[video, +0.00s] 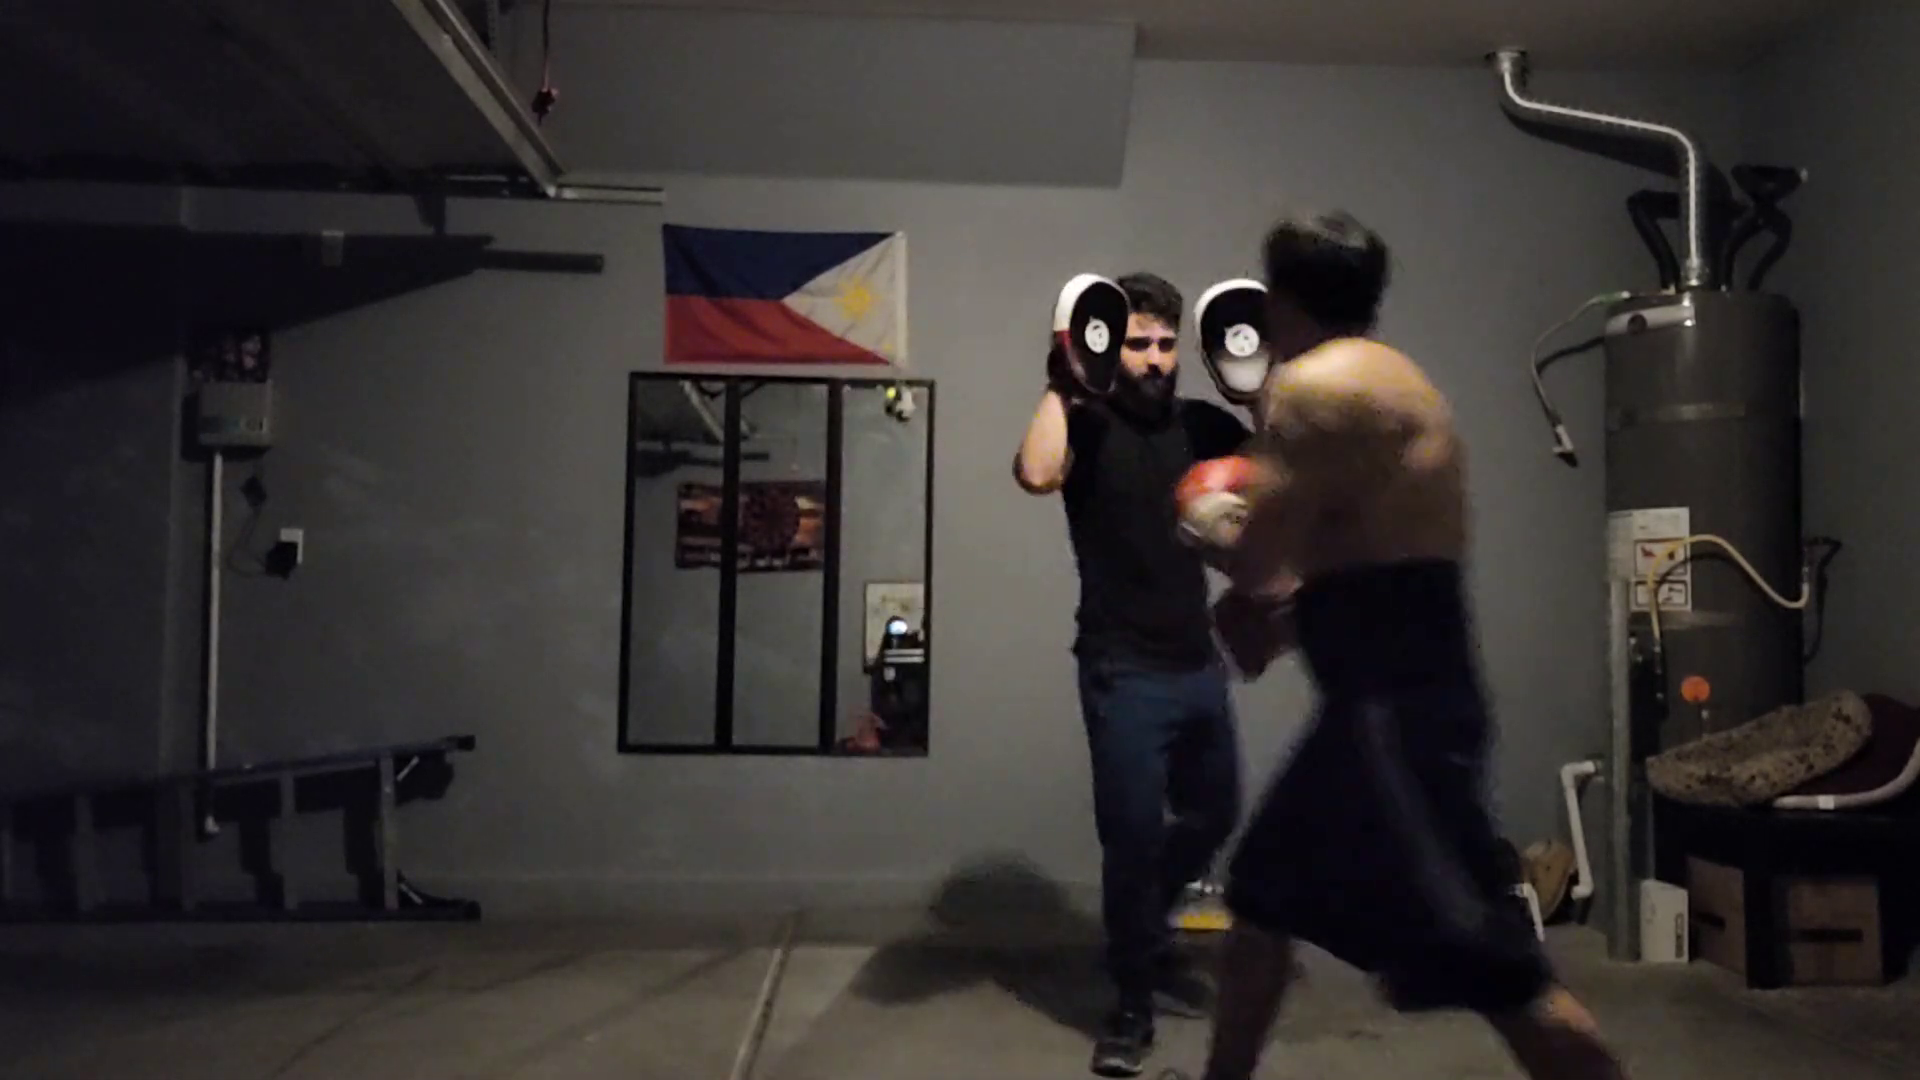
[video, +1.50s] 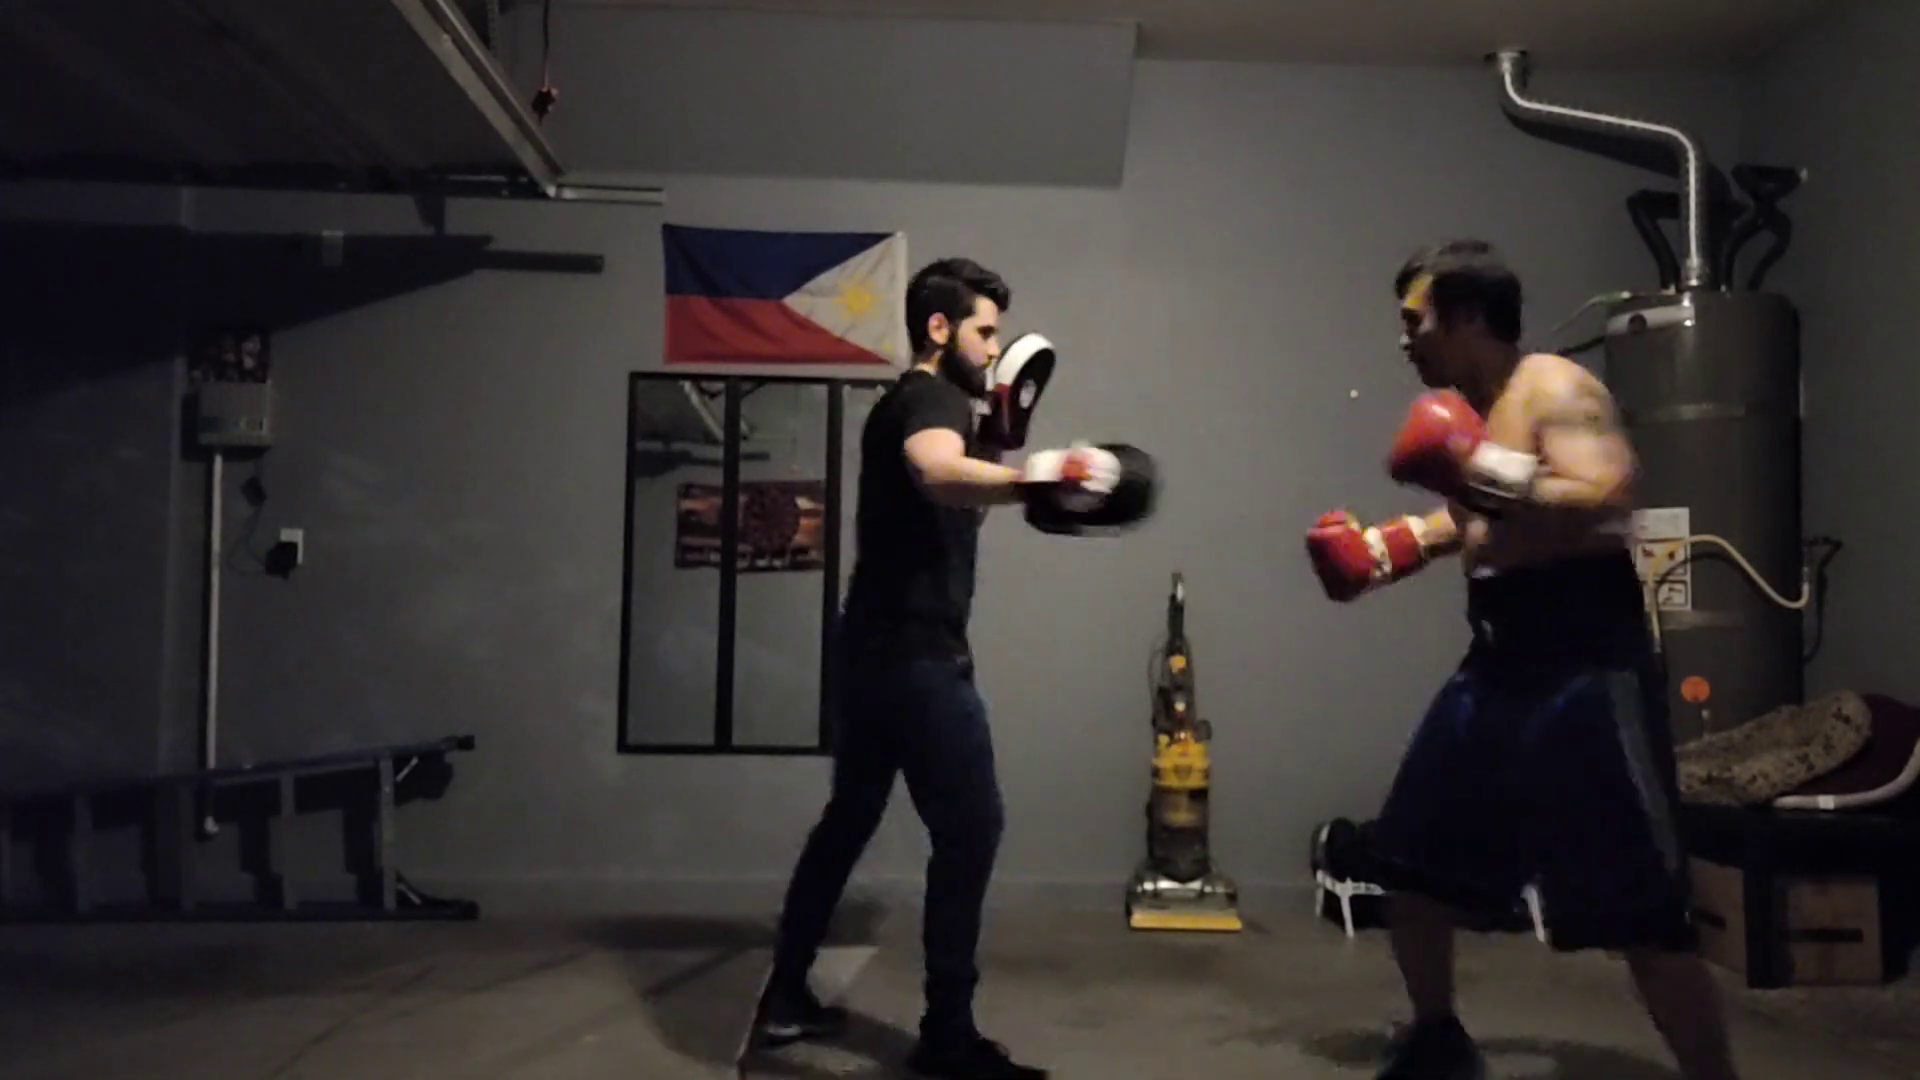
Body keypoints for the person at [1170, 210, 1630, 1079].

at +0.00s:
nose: (1264, 310)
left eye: (1270, 293)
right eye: (1267, 294)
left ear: (1285, 300)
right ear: (1361, 298)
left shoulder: (1310, 389)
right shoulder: (1406, 386)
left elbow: (1262, 557)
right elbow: (1389, 558)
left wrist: (1213, 522)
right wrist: (1279, 612)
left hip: (1388, 709)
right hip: (1419, 698)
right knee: (1262, 896)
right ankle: (1224, 1071)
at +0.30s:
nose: (1348, 287)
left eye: (1354, 269)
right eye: (1348, 270)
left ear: (1390, 266)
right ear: (1441, 258)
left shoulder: (1430, 344)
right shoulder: (1493, 329)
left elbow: (1327, 495)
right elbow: (1467, 450)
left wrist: (1286, 405)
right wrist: (1378, 388)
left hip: (1516, 651)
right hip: (1494, 646)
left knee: (1561, 926)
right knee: (1376, 866)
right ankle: (1413, 1071)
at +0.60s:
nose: (1363, 308)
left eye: (1374, 289)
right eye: (1366, 288)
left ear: (1416, 291)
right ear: (1433, 288)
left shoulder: (1501, 362)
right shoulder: (1450, 371)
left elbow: (1523, 500)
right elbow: (1440, 453)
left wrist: (1391, 489)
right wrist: (1359, 398)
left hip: (1535, 667)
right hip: (1464, 663)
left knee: (1566, 916)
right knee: (1390, 863)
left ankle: (1640, 1072)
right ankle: (1437, 1046)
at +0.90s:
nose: (1357, 323)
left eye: (1365, 307)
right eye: (1359, 307)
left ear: (1400, 305)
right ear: (1431, 307)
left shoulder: (1431, 357)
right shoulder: (1477, 377)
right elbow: (1391, 501)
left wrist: (1264, 409)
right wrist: (1297, 451)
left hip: (1486, 632)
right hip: (1486, 631)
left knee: (1526, 871)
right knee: (1447, 859)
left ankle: (1651, 1064)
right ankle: (1459, 1054)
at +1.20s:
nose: (1362, 353)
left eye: (1369, 334)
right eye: (1360, 336)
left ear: (1420, 328)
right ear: (1427, 329)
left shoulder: (1470, 380)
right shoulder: (1457, 392)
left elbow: (1397, 502)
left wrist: (1329, 472)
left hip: (1532, 656)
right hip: (1485, 660)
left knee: (1583, 887)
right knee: (1424, 864)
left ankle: (1670, 1068)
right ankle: (1457, 1056)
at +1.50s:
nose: (1406, 341)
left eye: (1418, 323)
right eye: (1403, 325)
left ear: (1472, 322)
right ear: (1464, 327)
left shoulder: (1554, 383)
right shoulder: (1475, 419)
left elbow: (1607, 488)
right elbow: (1481, 519)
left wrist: (1484, 474)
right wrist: (1386, 547)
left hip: (1590, 677)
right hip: (1498, 674)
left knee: (1643, 903)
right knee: (1411, 856)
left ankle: (1711, 1071)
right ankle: (1437, 1037)